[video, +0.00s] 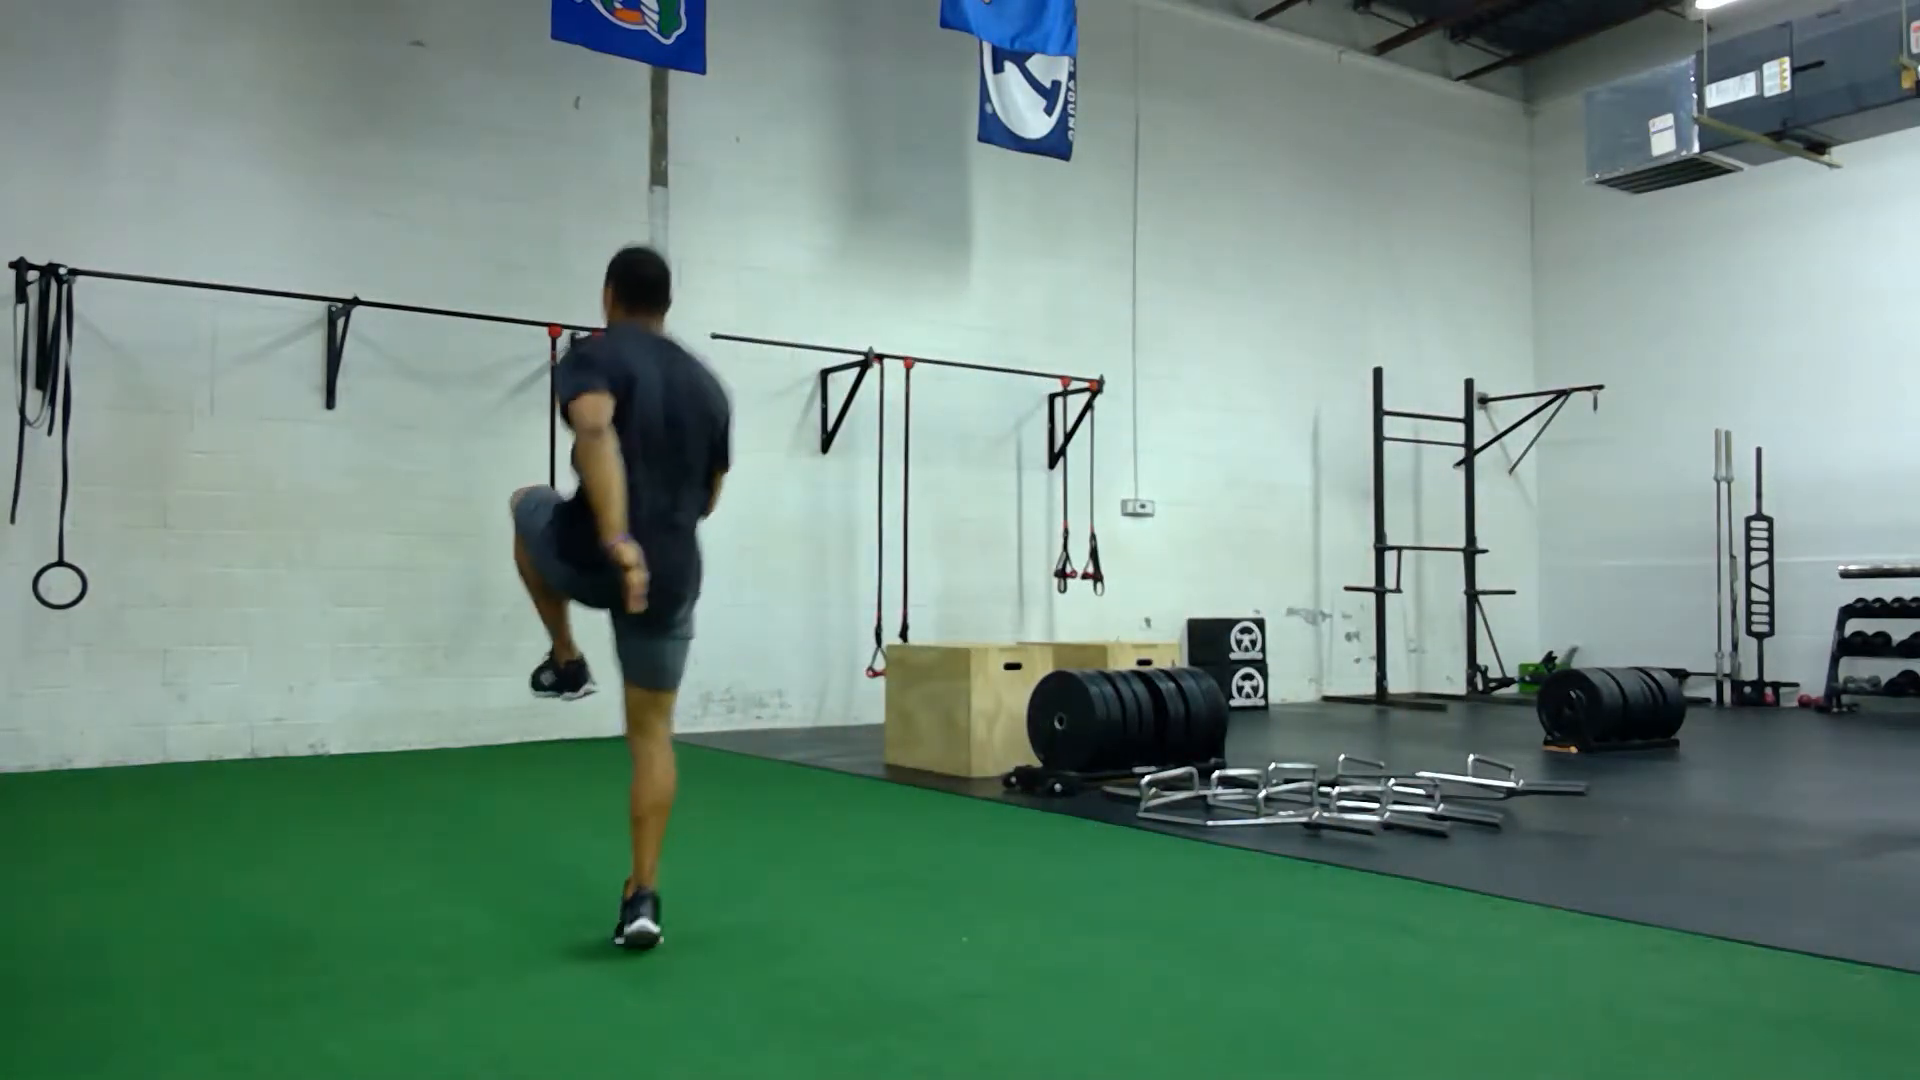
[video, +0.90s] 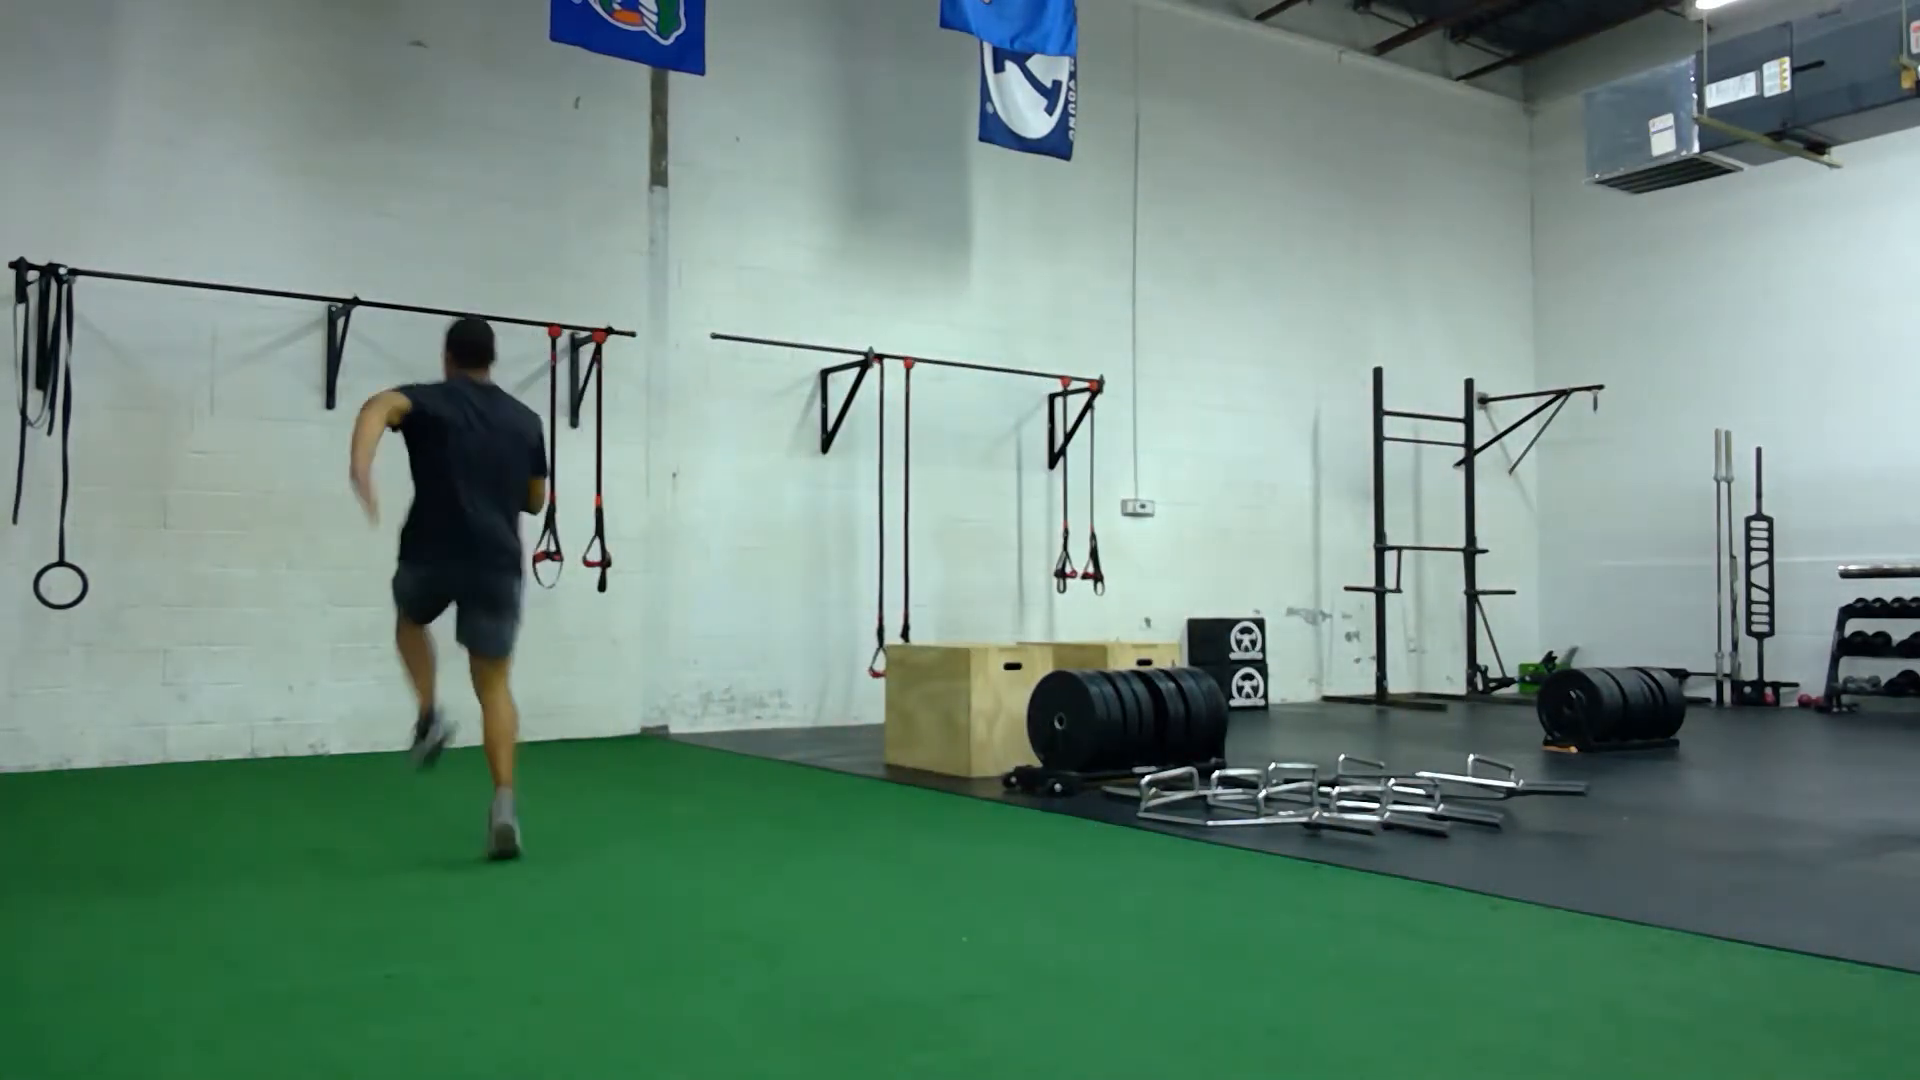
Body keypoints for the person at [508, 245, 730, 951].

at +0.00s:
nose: (603, 306)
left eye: (604, 295)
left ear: (608, 296)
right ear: (667, 303)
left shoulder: (593, 353)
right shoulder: (705, 383)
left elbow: (594, 430)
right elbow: (706, 498)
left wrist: (620, 539)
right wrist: (639, 497)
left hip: (591, 563)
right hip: (671, 574)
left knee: (529, 504)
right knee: (653, 732)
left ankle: (564, 658)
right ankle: (643, 895)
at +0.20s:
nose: (567, 321)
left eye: (568, 312)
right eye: (581, 314)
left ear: (573, 312)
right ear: (629, 320)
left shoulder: (554, 353)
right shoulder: (663, 395)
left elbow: (550, 401)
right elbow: (657, 485)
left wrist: (562, 477)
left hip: (545, 550)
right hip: (621, 572)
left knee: (506, 564)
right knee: (612, 709)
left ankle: (536, 700)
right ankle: (603, 860)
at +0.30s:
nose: (549, 341)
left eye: (546, 331)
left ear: (548, 334)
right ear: (604, 339)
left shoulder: (527, 383)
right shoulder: (637, 409)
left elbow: (515, 417)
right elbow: (629, 494)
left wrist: (527, 456)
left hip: (532, 572)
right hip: (605, 585)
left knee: (476, 563)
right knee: (595, 728)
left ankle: (505, 704)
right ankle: (593, 878)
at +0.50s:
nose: (494, 353)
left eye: (491, 343)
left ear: (488, 346)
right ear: (541, 349)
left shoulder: (464, 414)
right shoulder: (575, 411)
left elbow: (437, 522)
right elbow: (633, 474)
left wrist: (441, 496)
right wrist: (685, 543)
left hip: (491, 584)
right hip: (557, 586)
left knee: (462, 726)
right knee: (522, 609)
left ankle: (465, 874)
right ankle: (529, 678)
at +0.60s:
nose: (484, 352)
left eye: (478, 343)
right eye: (502, 343)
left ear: (475, 346)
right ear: (525, 346)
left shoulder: (448, 409)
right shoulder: (557, 404)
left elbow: (429, 493)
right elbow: (610, 452)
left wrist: (463, 457)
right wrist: (658, 514)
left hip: (470, 567)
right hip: (542, 561)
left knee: (453, 701)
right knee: (513, 606)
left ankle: (461, 832)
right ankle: (494, 700)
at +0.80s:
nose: (472, 368)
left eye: (470, 359)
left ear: (465, 360)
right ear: (512, 366)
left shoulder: (443, 403)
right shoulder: (540, 426)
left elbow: (392, 411)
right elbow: (541, 497)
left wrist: (366, 460)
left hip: (444, 565)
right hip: (512, 572)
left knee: (425, 616)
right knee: (513, 706)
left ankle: (448, 667)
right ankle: (509, 831)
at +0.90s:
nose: (452, 362)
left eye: (449, 354)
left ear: (448, 356)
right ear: (492, 361)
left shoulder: (429, 398)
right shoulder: (523, 419)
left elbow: (378, 406)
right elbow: (535, 500)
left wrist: (359, 465)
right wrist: (494, 476)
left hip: (431, 552)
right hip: (497, 562)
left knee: (411, 620)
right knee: (494, 681)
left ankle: (428, 715)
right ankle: (504, 803)